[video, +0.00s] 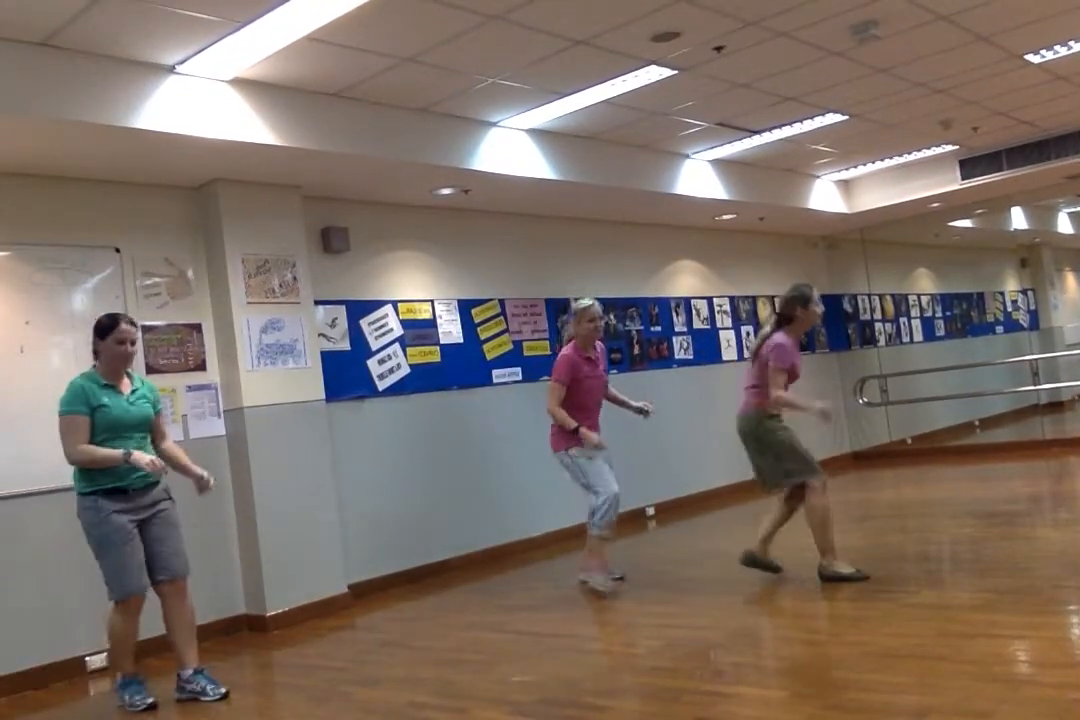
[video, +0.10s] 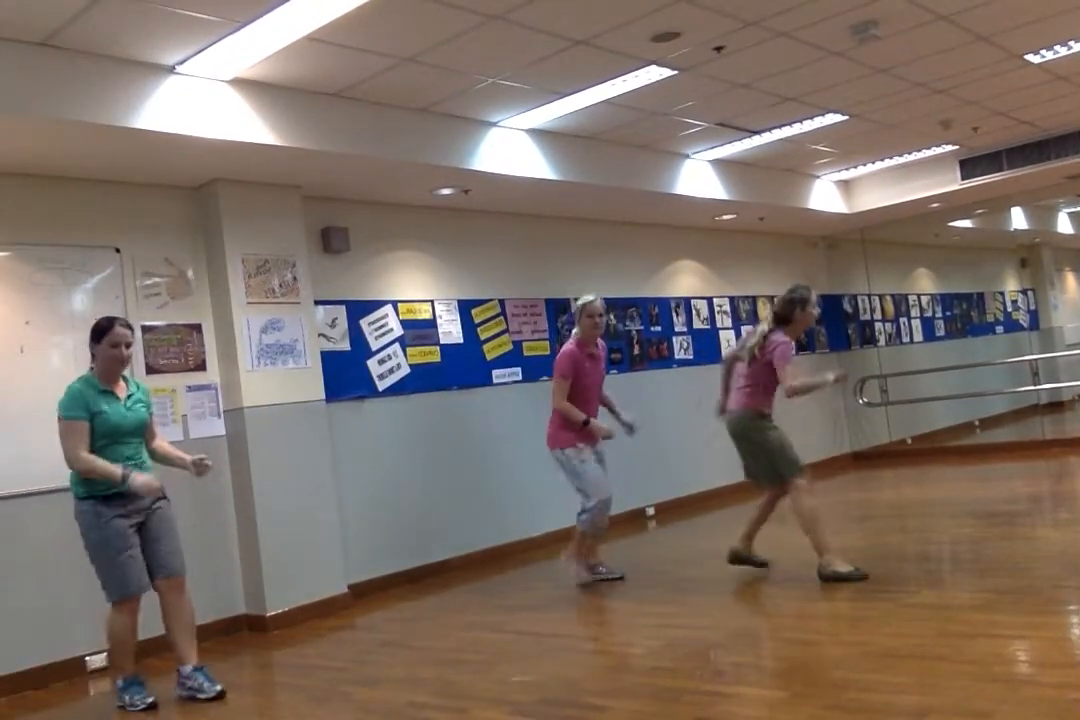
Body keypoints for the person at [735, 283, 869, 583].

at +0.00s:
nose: (820, 312)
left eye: (819, 306)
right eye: (815, 307)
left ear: (796, 311)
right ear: (798, 311)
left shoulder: (778, 340)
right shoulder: (781, 344)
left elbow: (765, 392)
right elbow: (776, 395)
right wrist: (814, 406)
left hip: (756, 420)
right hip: (761, 421)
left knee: (800, 487)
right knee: (815, 481)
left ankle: (759, 551)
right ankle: (829, 562)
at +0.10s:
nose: (816, 316)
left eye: (816, 310)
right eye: (812, 310)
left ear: (786, 311)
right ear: (798, 313)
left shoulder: (760, 334)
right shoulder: (782, 343)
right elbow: (790, 388)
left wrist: (724, 398)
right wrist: (829, 379)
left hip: (739, 418)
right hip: (754, 419)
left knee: (778, 486)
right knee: (798, 482)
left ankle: (743, 547)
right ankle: (828, 560)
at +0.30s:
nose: (798, 330)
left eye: (797, 325)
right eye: (794, 325)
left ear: (772, 326)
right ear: (779, 328)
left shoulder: (745, 339)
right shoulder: (765, 357)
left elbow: (707, 358)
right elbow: (786, 386)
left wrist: (696, 394)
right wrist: (819, 360)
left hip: (718, 425)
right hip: (728, 428)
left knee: (752, 497)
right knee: (768, 492)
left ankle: (730, 556)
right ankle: (813, 559)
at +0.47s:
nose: (780, 324)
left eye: (778, 319)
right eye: (775, 320)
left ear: (757, 322)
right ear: (759, 323)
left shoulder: (740, 343)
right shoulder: (744, 351)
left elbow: (708, 363)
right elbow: (741, 393)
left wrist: (725, 391)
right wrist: (784, 399)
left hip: (721, 421)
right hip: (715, 422)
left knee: (747, 489)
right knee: (753, 482)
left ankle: (731, 554)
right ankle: (773, 560)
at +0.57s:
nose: (768, 308)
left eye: (767, 302)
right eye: (763, 302)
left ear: (749, 307)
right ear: (745, 306)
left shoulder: (745, 336)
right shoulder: (729, 339)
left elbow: (734, 371)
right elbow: (710, 384)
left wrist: (754, 391)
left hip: (724, 410)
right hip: (708, 411)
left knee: (739, 480)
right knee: (741, 476)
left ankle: (733, 554)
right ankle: (729, 555)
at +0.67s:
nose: (755, 299)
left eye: (754, 294)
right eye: (749, 294)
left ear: (739, 301)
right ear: (731, 299)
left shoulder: (740, 331)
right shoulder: (714, 332)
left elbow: (734, 367)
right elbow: (688, 373)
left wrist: (767, 373)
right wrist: (701, 411)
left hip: (729, 414)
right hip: (709, 415)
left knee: (729, 485)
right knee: (728, 483)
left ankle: (729, 554)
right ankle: (704, 558)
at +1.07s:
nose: (731, 291)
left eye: (736, 287)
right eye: (725, 285)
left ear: (739, 294)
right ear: (712, 292)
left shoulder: (738, 329)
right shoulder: (699, 326)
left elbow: (733, 369)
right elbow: (689, 368)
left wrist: (737, 400)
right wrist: (712, 362)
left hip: (733, 416)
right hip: (701, 418)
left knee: (752, 481)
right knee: (701, 494)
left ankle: (742, 561)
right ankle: (703, 561)